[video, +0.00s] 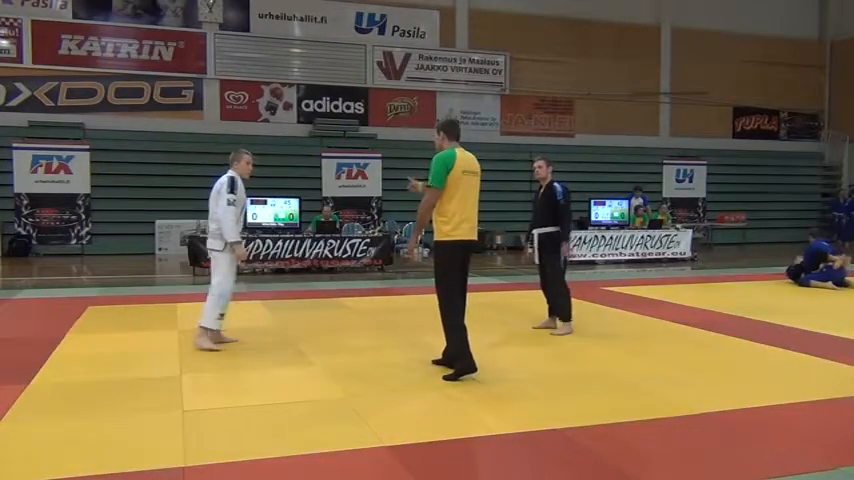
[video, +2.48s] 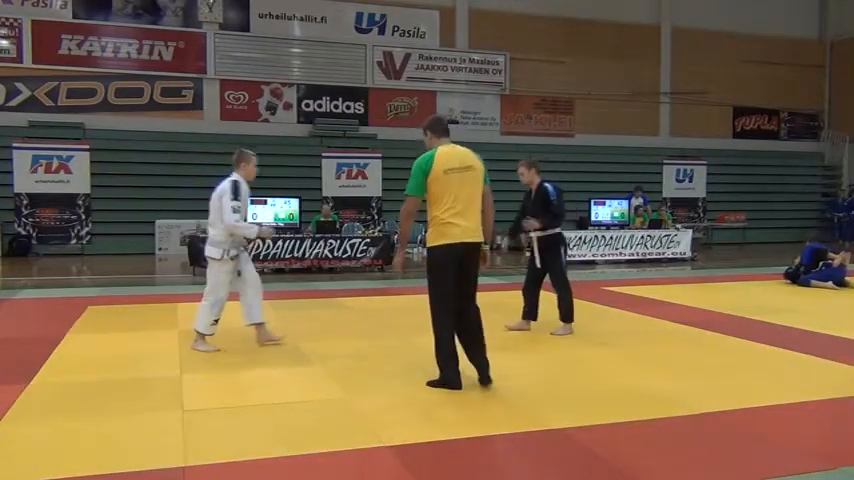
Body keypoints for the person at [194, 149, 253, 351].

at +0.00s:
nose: (251, 168)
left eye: (251, 164)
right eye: (248, 163)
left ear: (238, 164)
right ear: (236, 164)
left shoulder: (233, 182)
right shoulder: (231, 181)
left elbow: (229, 215)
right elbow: (228, 215)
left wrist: (236, 242)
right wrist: (236, 243)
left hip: (225, 243)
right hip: (221, 243)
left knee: (225, 285)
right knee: (221, 285)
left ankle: (215, 330)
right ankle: (203, 332)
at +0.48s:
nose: (238, 168)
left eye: (238, 164)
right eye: (235, 163)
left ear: (224, 162)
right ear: (223, 162)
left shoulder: (222, 183)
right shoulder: (215, 181)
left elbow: (215, 216)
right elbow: (211, 216)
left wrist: (222, 244)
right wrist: (219, 246)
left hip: (219, 244)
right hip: (208, 246)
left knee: (227, 285)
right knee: (208, 289)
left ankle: (218, 329)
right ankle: (198, 337)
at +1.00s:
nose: (232, 165)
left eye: (232, 161)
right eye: (229, 160)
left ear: (218, 161)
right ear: (217, 160)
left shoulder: (216, 182)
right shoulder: (208, 181)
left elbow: (216, 216)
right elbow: (206, 216)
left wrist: (226, 241)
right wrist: (223, 242)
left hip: (219, 245)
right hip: (209, 245)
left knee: (223, 288)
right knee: (209, 289)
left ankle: (217, 331)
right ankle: (199, 338)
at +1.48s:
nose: (231, 164)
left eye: (231, 159)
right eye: (229, 159)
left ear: (216, 160)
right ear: (216, 160)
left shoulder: (216, 182)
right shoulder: (209, 181)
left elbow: (215, 216)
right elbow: (206, 216)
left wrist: (225, 241)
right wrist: (220, 243)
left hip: (220, 245)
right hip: (210, 246)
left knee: (223, 288)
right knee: (209, 289)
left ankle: (217, 331)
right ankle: (199, 338)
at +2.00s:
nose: (235, 163)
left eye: (234, 159)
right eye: (232, 159)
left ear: (220, 160)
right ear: (221, 160)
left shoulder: (219, 182)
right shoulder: (212, 181)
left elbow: (217, 217)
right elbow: (206, 216)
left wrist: (225, 244)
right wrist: (217, 244)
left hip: (220, 245)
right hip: (210, 246)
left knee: (223, 288)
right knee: (210, 289)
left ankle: (217, 331)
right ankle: (199, 338)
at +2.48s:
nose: (256, 170)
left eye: (256, 166)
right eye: (254, 166)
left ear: (242, 166)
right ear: (243, 165)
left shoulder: (238, 186)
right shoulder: (232, 186)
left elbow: (233, 222)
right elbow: (231, 223)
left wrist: (256, 230)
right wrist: (259, 231)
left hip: (236, 249)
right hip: (221, 250)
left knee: (252, 284)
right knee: (216, 292)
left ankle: (261, 331)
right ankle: (199, 338)